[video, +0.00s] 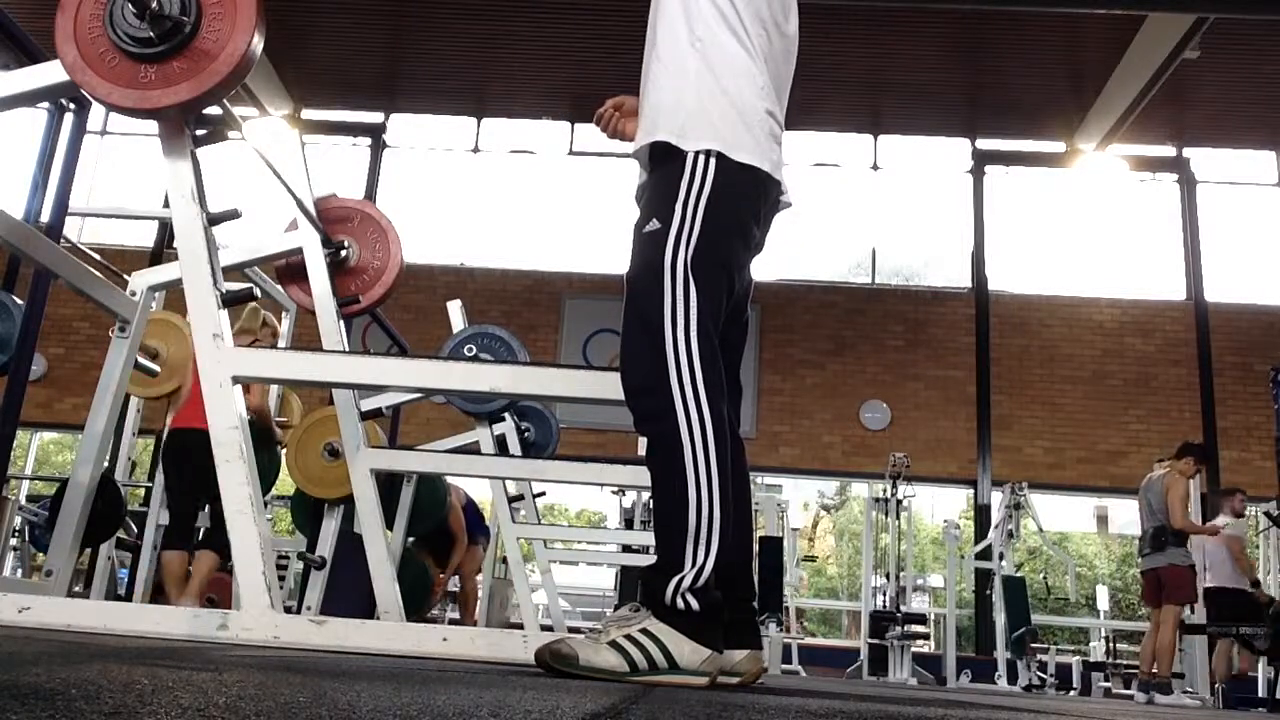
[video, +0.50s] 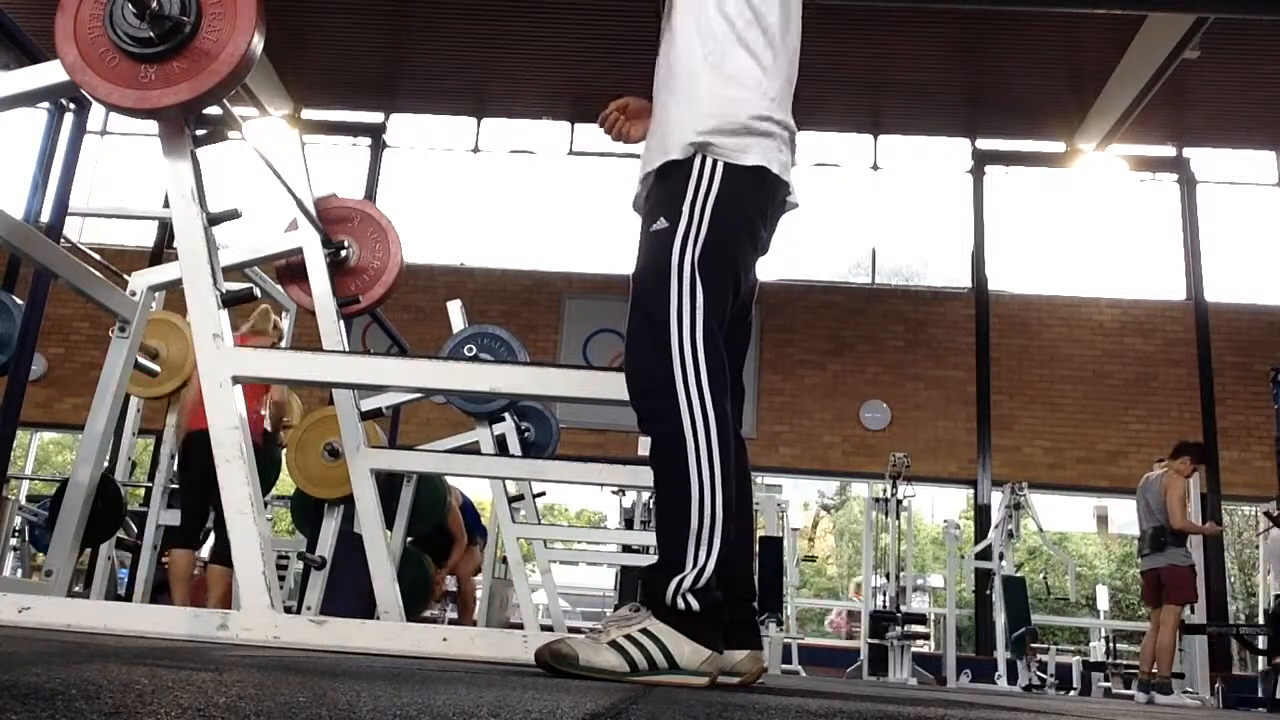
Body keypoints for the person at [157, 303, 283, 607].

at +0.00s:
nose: (272, 346)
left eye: (272, 341)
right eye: (271, 340)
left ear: (238, 327)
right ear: (263, 334)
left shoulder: (202, 346)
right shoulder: (258, 352)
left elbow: (183, 392)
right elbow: (256, 403)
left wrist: (173, 421)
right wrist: (274, 433)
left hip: (179, 435)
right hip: (222, 440)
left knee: (180, 518)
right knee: (223, 520)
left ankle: (176, 606)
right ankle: (191, 598)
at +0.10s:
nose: (274, 348)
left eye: (275, 343)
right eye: (274, 343)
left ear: (241, 329)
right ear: (267, 337)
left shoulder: (204, 345)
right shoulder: (262, 353)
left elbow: (183, 396)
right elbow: (257, 402)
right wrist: (275, 434)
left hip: (183, 436)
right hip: (228, 441)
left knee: (181, 523)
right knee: (225, 530)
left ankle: (177, 612)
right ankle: (215, 616)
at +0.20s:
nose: (275, 348)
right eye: (276, 343)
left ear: (243, 325)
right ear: (270, 337)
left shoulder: (206, 344)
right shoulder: (266, 354)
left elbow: (184, 398)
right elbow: (262, 402)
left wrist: (178, 420)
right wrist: (276, 434)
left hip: (187, 435)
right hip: (232, 442)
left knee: (182, 522)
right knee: (227, 530)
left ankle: (177, 612)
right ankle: (215, 616)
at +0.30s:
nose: (277, 348)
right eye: (278, 344)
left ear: (243, 326)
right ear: (273, 338)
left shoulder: (208, 345)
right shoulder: (272, 355)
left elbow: (188, 399)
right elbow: (268, 402)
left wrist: (185, 426)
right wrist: (276, 432)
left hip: (192, 436)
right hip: (238, 442)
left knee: (183, 522)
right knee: (226, 529)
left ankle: (178, 613)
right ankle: (215, 617)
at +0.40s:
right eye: (278, 340)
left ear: (245, 324)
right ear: (274, 335)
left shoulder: (213, 343)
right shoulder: (273, 353)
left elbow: (190, 393)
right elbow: (274, 399)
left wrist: (181, 429)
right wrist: (277, 430)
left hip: (194, 434)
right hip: (240, 440)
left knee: (186, 521)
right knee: (227, 528)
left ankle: (179, 613)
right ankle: (215, 616)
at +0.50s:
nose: (281, 338)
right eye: (281, 334)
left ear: (245, 323)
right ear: (276, 331)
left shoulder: (214, 343)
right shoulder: (276, 353)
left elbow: (190, 394)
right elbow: (276, 400)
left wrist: (182, 433)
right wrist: (276, 432)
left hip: (199, 438)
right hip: (247, 444)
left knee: (188, 523)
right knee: (229, 530)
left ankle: (180, 612)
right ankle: (215, 617)